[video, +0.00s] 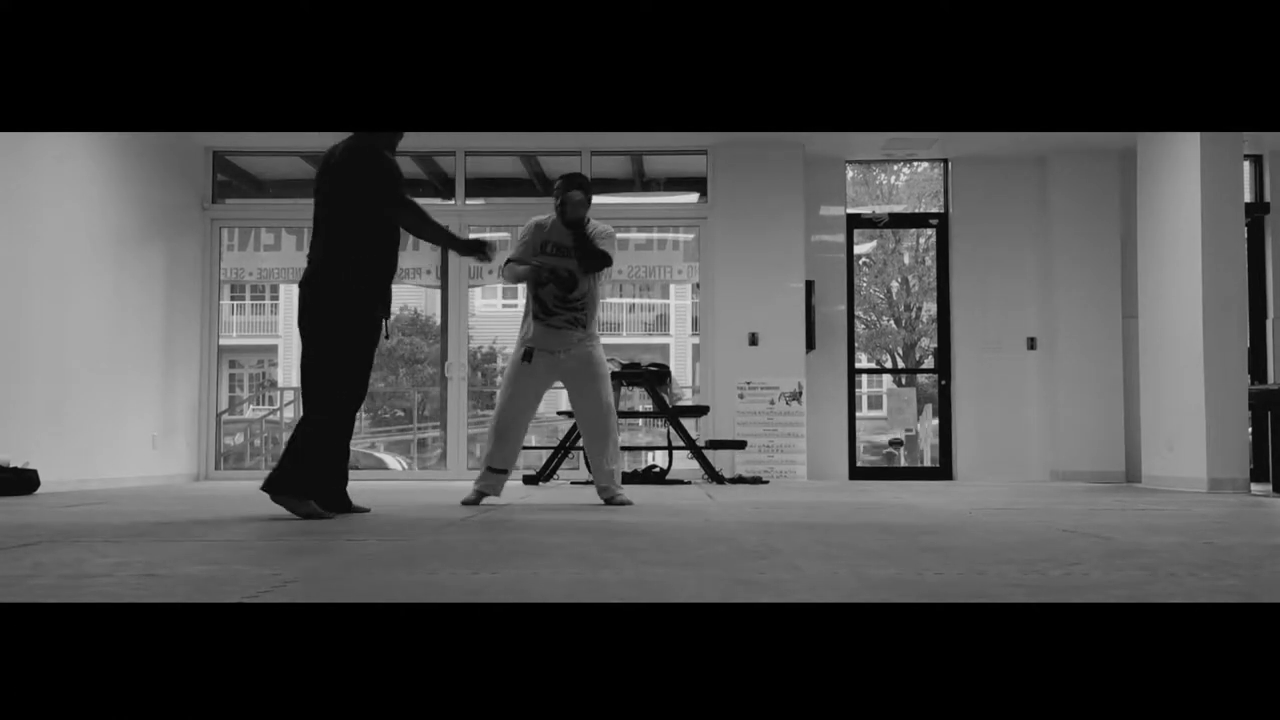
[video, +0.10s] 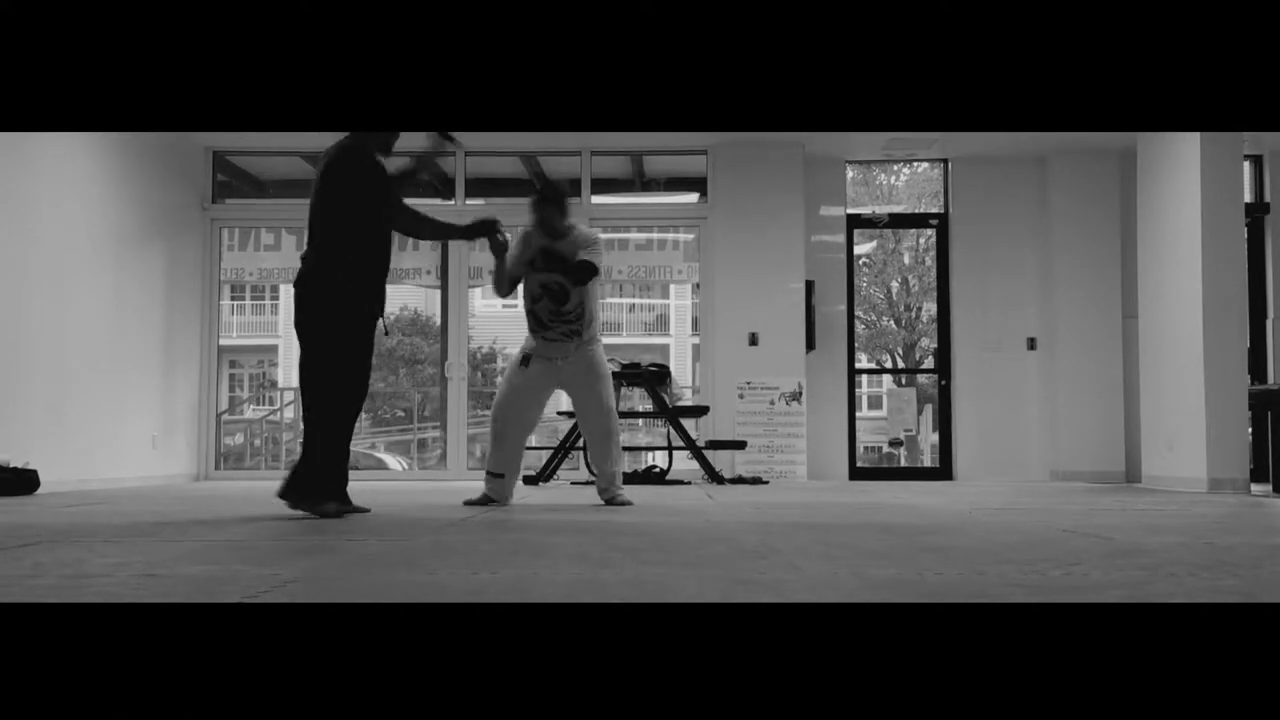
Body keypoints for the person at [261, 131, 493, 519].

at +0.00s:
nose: (400, 143)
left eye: (400, 137)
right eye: (400, 137)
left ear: (364, 130)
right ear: (390, 134)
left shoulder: (337, 158)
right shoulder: (378, 164)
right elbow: (412, 218)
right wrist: (463, 245)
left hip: (324, 293)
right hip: (350, 298)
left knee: (334, 395)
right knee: (340, 395)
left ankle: (331, 492)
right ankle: (289, 483)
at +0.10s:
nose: (397, 138)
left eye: (397, 134)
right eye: (395, 133)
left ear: (363, 129)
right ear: (380, 131)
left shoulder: (346, 159)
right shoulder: (360, 165)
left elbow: (387, 190)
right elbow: (407, 221)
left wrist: (418, 168)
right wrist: (466, 231)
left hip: (332, 297)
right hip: (340, 299)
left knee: (336, 392)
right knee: (339, 393)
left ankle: (325, 490)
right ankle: (314, 489)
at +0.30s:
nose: (394, 141)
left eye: (395, 136)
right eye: (393, 135)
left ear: (363, 132)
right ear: (379, 133)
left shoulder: (366, 166)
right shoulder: (350, 165)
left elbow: (408, 207)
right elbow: (357, 234)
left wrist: (456, 240)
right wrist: (388, 227)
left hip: (337, 301)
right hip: (324, 301)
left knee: (342, 392)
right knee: (343, 392)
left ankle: (333, 498)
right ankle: (332, 500)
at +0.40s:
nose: (396, 142)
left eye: (397, 136)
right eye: (393, 135)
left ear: (368, 135)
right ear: (375, 133)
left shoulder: (367, 171)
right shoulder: (345, 166)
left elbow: (396, 219)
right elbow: (361, 232)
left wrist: (429, 236)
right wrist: (388, 230)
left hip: (341, 303)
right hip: (324, 303)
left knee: (348, 391)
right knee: (340, 391)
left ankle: (334, 497)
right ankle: (331, 498)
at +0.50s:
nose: (393, 146)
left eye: (393, 140)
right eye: (390, 138)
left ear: (364, 135)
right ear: (372, 135)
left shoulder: (355, 171)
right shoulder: (343, 168)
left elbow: (394, 227)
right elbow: (373, 235)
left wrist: (426, 193)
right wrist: (388, 228)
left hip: (339, 305)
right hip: (325, 305)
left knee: (338, 399)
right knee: (334, 399)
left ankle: (328, 497)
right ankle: (329, 499)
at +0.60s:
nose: (388, 144)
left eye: (388, 138)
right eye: (385, 137)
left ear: (353, 137)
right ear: (367, 136)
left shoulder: (344, 169)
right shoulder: (345, 170)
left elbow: (388, 209)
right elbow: (363, 233)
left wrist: (429, 174)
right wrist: (392, 241)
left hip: (317, 305)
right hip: (331, 309)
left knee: (314, 397)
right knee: (343, 398)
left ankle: (306, 494)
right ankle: (333, 500)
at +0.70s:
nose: (380, 147)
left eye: (381, 140)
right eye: (377, 139)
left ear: (341, 138)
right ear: (360, 138)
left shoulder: (324, 167)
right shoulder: (348, 172)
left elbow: (370, 212)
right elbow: (360, 231)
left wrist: (410, 193)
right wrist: (393, 261)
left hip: (304, 304)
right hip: (331, 308)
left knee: (304, 395)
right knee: (341, 397)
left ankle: (300, 494)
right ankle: (333, 499)